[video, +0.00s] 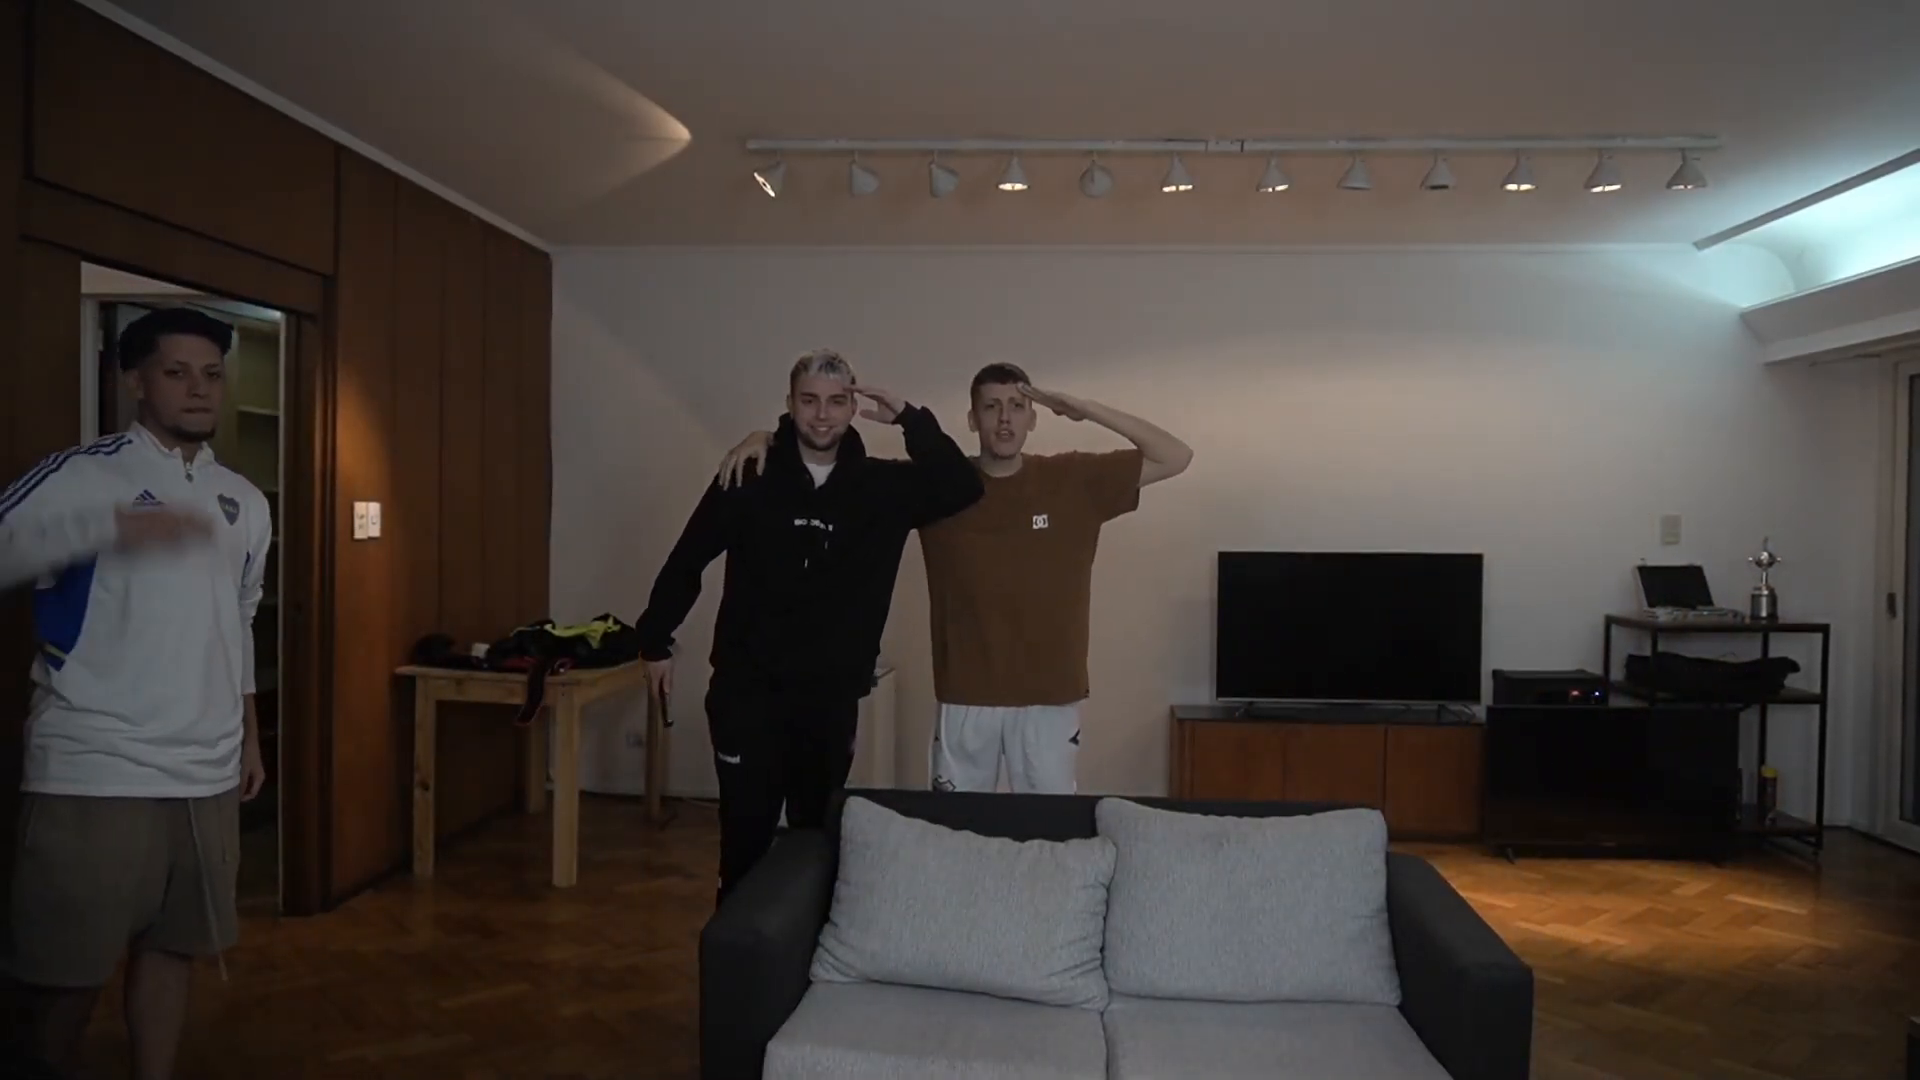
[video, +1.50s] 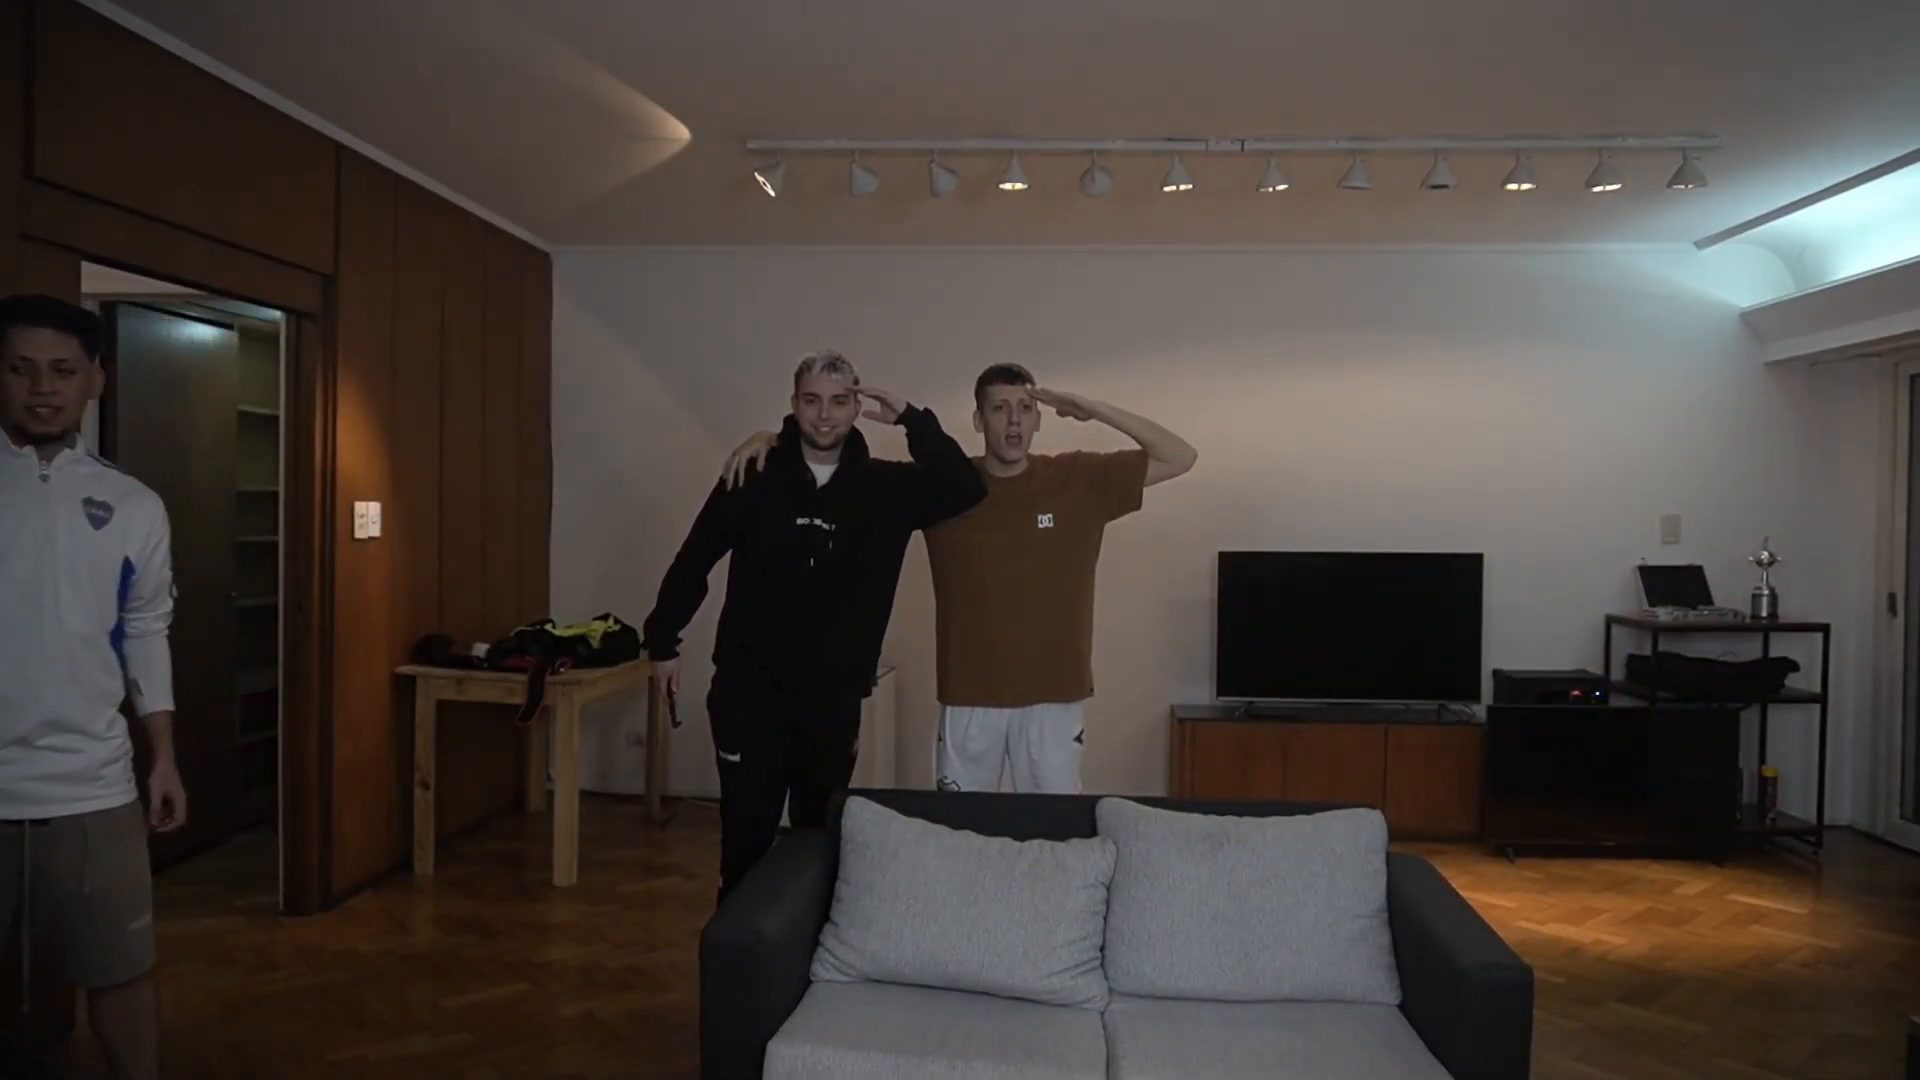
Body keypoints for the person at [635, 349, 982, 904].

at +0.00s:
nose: (822, 413)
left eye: (836, 401)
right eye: (810, 400)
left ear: (854, 409)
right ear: (790, 405)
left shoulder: (885, 485)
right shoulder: (750, 477)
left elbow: (962, 487)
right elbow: (688, 560)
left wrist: (911, 417)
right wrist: (655, 643)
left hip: (831, 691)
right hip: (748, 687)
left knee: (817, 834)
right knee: (746, 837)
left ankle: (812, 959)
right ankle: (738, 964)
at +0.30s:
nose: (824, 412)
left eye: (838, 400)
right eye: (812, 399)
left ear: (855, 409)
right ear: (792, 404)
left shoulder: (887, 486)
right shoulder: (751, 477)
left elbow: (964, 488)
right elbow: (689, 559)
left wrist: (912, 418)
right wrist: (656, 642)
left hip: (832, 692)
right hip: (749, 688)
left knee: (818, 835)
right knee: (746, 837)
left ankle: (813, 959)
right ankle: (738, 963)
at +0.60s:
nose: (826, 412)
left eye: (840, 400)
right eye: (813, 399)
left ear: (857, 409)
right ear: (794, 405)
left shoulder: (888, 486)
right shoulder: (754, 477)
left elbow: (965, 487)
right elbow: (696, 560)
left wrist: (914, 418)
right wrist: (665, 646)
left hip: (834, 689)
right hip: (750, 684)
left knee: (819, 832)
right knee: (748, 832)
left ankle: (815, 957)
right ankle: (739, 961)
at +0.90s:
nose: (826, 412)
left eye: (840, 400)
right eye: (814, 399)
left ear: (858, 410)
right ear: (795, 405)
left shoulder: (888, 487)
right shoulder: (755, 477)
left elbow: (966, 488)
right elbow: (697, 560)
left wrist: (915, 418)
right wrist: (666, 645)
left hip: (834, 690)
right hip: (751, 686)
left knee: (820, 831)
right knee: (748, 831)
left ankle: (815, 955)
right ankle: (739, 958)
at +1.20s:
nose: (826, 412)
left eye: (840, 400)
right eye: (814, 399)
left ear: (858, 410)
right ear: (795, 406)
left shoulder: (888, 487)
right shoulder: (755, 477)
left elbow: (967, 488)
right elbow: (696, 561)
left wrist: (914, 419)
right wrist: (665, 645)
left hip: (834, 690)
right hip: (750, 685)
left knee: (820, 830)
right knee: (748, 830)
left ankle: (815, 953)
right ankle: (739, 956)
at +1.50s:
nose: (824, 412)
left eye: (839, 400)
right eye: (812, 400)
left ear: (857, 410)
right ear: (794, 406)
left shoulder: (888, 486)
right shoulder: (754, 476)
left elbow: (966, 488)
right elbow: (695, 559)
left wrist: (913, 418)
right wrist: (663, 645)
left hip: (833, 690)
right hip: (749, 686)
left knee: (819, 832)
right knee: (747, 832)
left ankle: (814, 958)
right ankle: (738, 961)